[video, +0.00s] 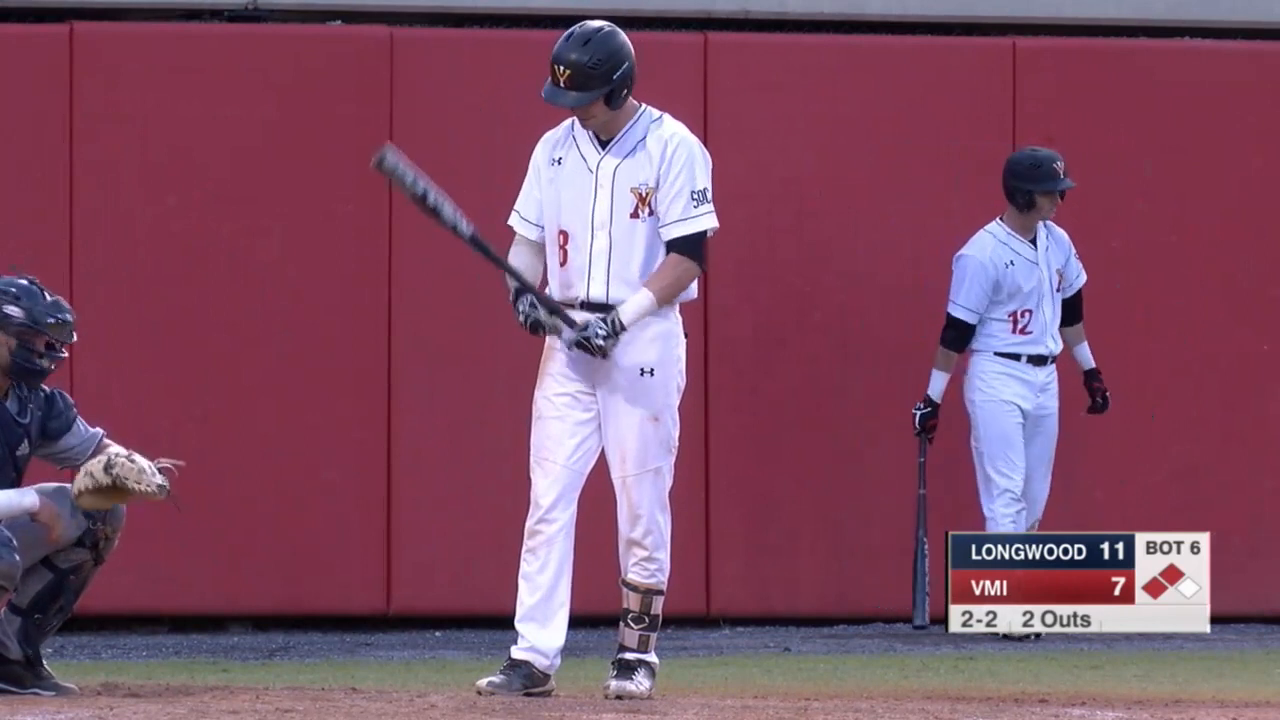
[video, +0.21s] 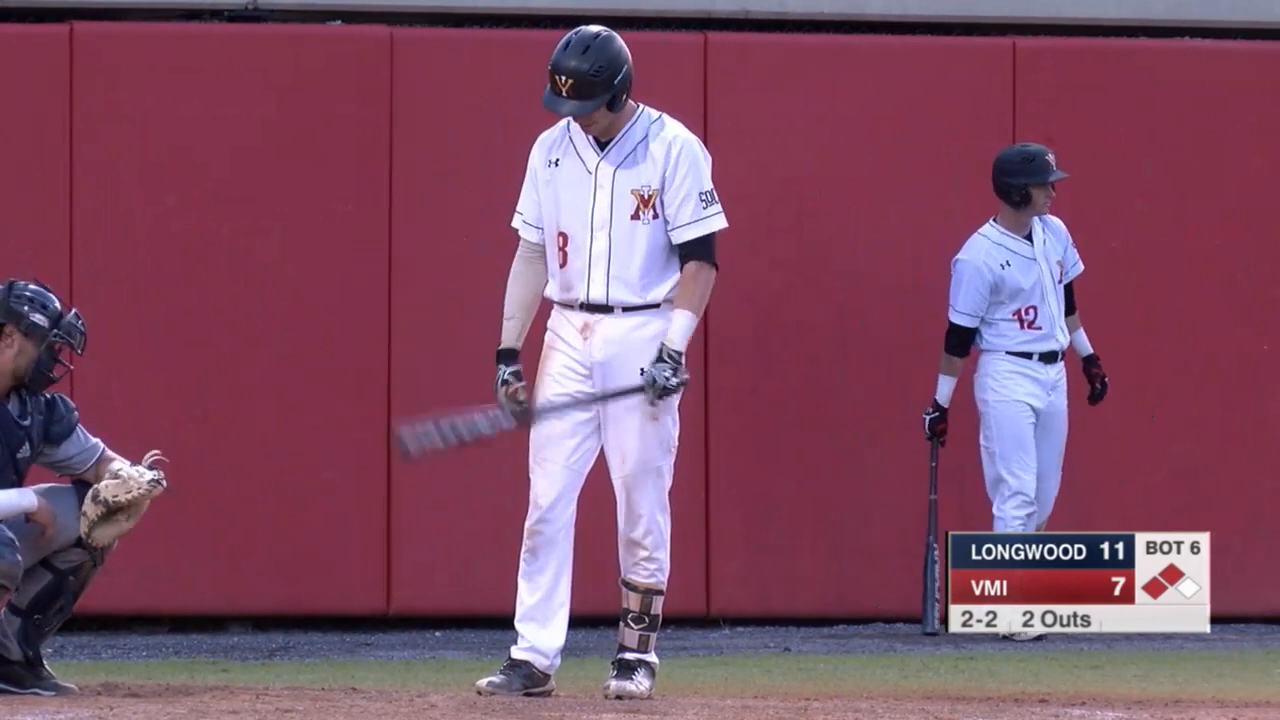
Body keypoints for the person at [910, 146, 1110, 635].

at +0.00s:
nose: (1060, 200)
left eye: (1060, 192)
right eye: (1054, 193)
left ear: (1036, 194)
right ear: (1026, 195)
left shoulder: (1057, 241)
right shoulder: (981, 253)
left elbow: (1071, 315)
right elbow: (956, 335)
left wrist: (1090, 371)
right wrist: (931, 400)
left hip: (1046, 378)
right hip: (996, 377)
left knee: (1033, 500)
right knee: (1005, 496)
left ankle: (997, 604)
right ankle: (1010, 610)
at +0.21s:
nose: (1053, 192)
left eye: (1052, 184)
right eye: (1045, 186)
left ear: (1028, 190)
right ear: (1019, 191)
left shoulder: (1052, 230)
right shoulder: (979, 255)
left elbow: (1067, 303)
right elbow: (958, 339)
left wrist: (1089, 358)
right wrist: (939, 406)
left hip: (1055, 376)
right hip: (1006, 377)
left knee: (1043, 499)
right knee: (1016, 498)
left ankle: (995, 601)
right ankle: (1008, 612)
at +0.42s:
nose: (1048, 194)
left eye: (1047, 186)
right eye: (1041, 187)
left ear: (1027, 191)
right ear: (1014, 193)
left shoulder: (1052, 228)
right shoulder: (975, 259)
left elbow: (1069, 292)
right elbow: (962, 344)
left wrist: (1099, 338)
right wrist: (958, 413)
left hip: (1059, 374)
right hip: (1010, 378)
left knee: (1059, 495)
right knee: (1018, 496)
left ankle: (1001, 579)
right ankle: (1011, 608)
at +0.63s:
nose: (1043, 214)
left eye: (1046, 206)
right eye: (1035, 207)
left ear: (1047, 198)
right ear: (1009, 203)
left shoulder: (1055, 227)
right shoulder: (974, 261)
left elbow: (1075, 286)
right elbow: (963, 348)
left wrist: (1104, 329)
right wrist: (971, 414)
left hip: (1065, 376)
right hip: (1014, 381)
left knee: (1079, 486)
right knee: (1018, 494)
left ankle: (1057, 587)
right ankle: (1012, 598)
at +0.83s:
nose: (1046, 224)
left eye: (1051, 215)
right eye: (1039, 216)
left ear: (1055, 204)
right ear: (1013, 208)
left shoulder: (1061, 227)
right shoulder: (978, 262)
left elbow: (1083, 286)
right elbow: (967, 344)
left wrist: (1110, 337)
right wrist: (967, 413)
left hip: (1074, 375)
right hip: (1021, 383)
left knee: (1099, 486)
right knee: (1022, 494)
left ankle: (1114, 595)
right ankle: (1015, 604)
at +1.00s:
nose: (1059, 226)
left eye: (1063, 217)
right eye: (1051, 218)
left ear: (1067, 207)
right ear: (1026, 210)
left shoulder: (1073, 229)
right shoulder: (989, 261)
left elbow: (1094, 290)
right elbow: (978, 347)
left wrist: (1121, 342)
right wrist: (986, 414)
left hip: (1084, 376)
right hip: (1030, 384)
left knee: (1121, 487)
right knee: (1025, 501)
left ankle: (1146, 591)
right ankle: (1012, 607)